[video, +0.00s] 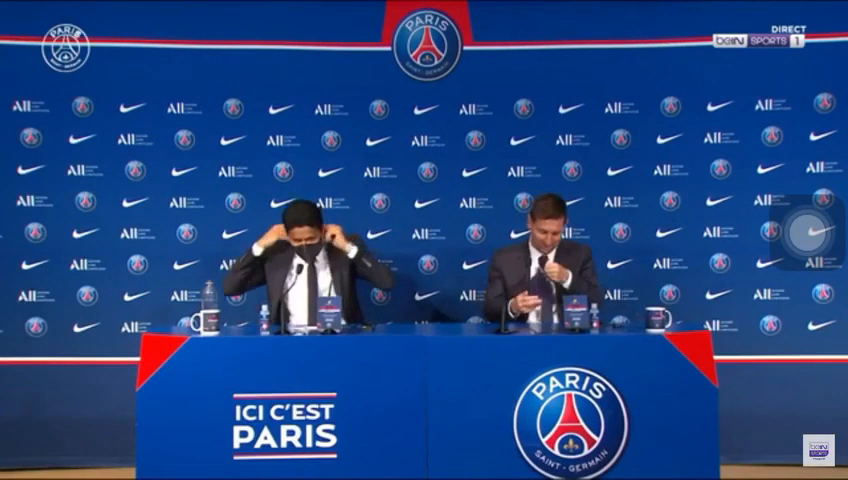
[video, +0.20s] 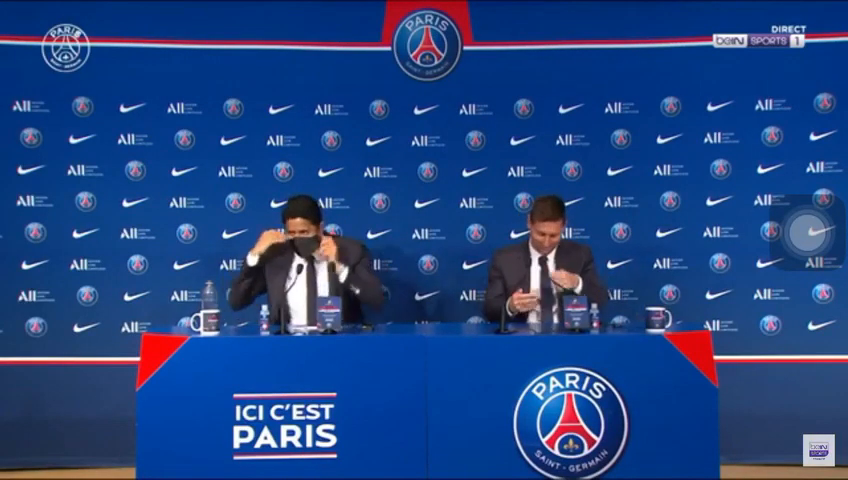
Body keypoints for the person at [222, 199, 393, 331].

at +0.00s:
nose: (304, 246)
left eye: (310, 239)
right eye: (297, 241)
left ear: (322, 230)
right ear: (287, 234)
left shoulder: (345, 251)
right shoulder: (276, 255)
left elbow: (387, 282)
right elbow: (231, 288)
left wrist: (348, 247)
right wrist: (260, 246)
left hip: (340, 346)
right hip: (290, 348)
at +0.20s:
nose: (297, 239)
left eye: (304, 233)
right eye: (292, 233)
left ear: (319, 228)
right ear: (284, 231)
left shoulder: (349, 250)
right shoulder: (275, 256)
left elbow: (376, 299)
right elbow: (237, 302)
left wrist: (339, 266)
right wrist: (255, 254)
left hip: (337, 346)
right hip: (289, 347)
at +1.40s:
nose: (299, 236)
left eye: (305, 229)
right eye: (292, 230)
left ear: (321, 226)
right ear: (286, 229)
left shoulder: (350, 251)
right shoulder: (274, 254)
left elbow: (373, 309)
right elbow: (250, 308)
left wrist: (334, 284)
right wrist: (278, 267)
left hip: (337, 343)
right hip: (289, 343)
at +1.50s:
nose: (300, 236)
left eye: (307, 230)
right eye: (294, 230)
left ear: (322, 226)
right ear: (288, 229)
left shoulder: (352, 252)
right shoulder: (275, 255)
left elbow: (374, 308)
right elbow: (249, 310)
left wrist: (342, 297)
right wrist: (280, 277)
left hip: (338, 344)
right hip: (289, 344)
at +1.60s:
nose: (303, 236)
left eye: (310, 230)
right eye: (296, 230)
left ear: (324, 227)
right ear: (290, 229)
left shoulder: (353, 253)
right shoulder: (274, 257)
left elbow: (372, 306)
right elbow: (248, 312)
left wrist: (357, 318)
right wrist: (282, 306)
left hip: (341, 347)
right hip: (289, 348)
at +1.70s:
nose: (304, 238)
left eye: (311, 231)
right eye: (298, 232)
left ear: (325, 228)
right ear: (291, 231)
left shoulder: (354, 254)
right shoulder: (275, 258)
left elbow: (371, 309)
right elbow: (252, 312)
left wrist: (361, 335)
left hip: (341, 345)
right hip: (290, 346)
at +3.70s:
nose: (317, 245)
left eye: (321, 237)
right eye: (309, 240)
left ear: (326, 231)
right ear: (291, 237)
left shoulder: (347, 257)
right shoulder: (267, 263)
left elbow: (377, 310)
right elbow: (240, 317)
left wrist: (358, 346)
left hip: (339, 350)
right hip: (287, 351)